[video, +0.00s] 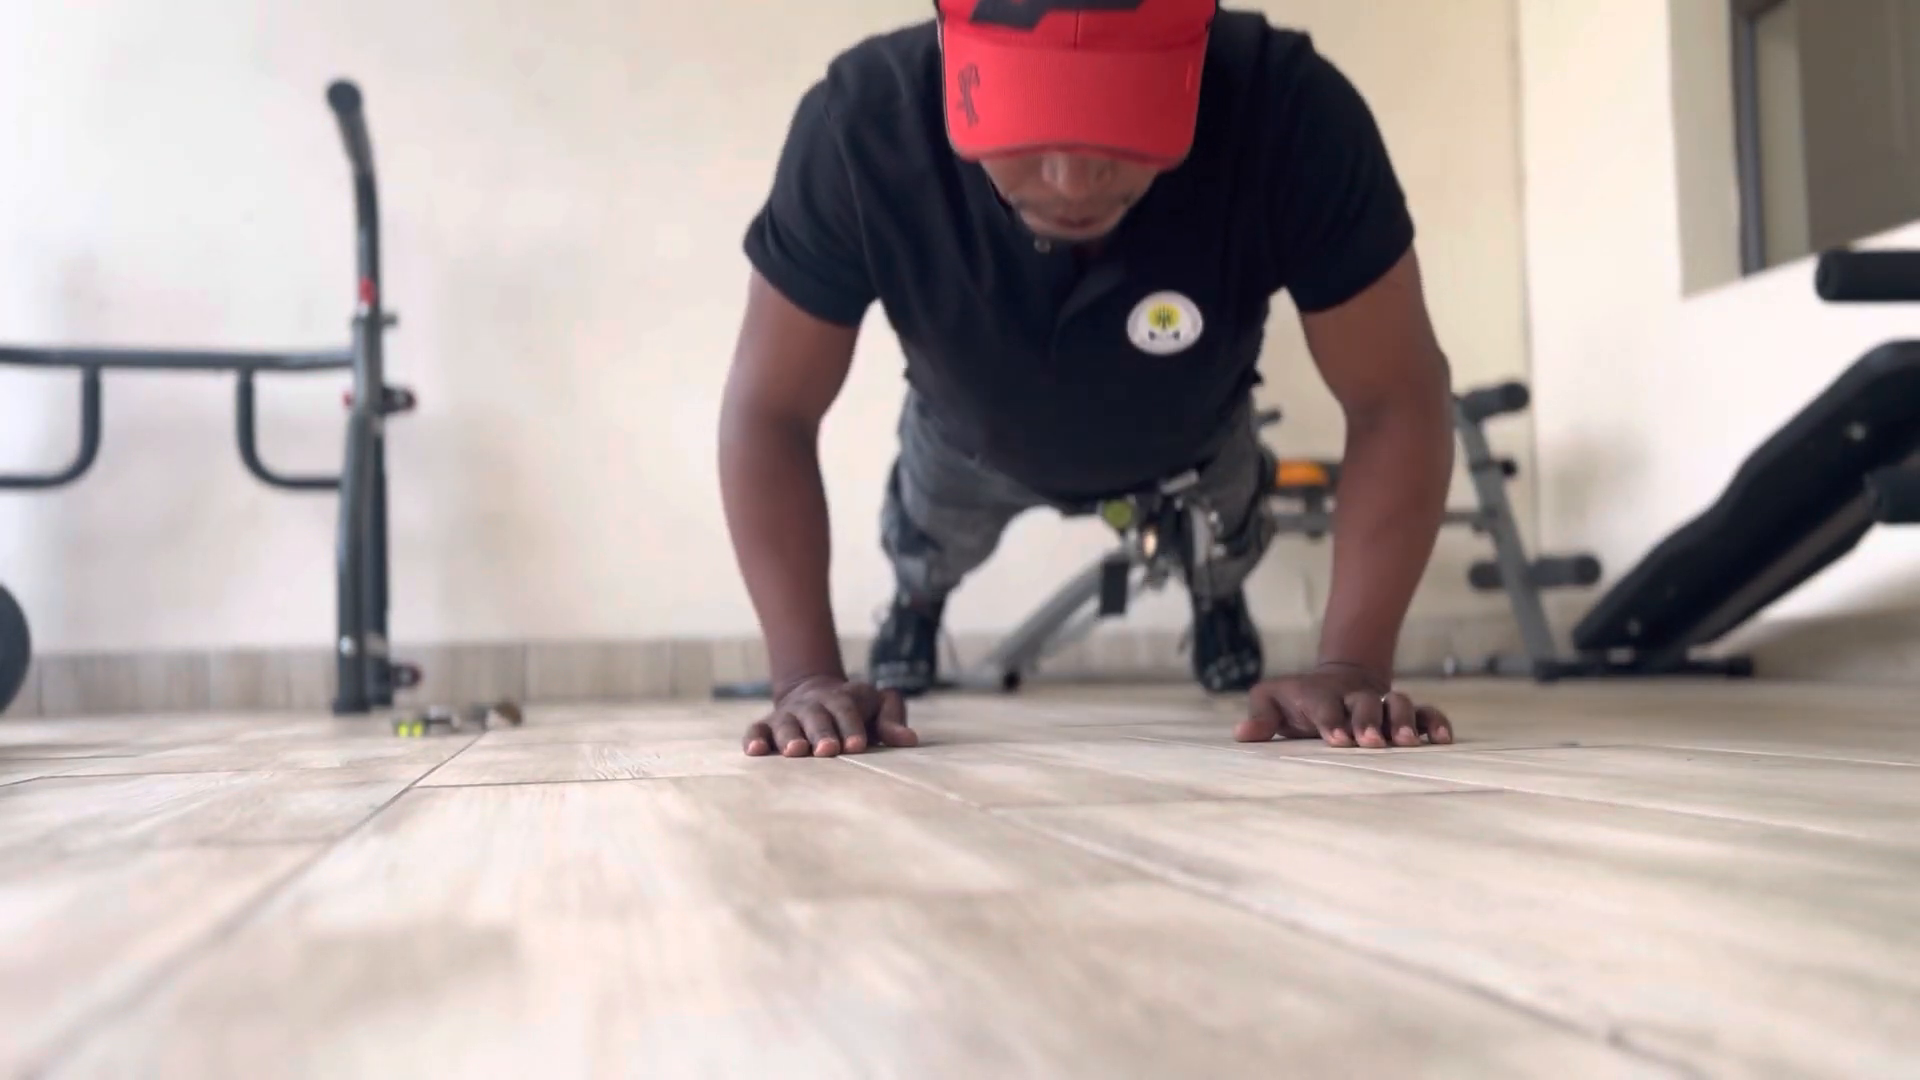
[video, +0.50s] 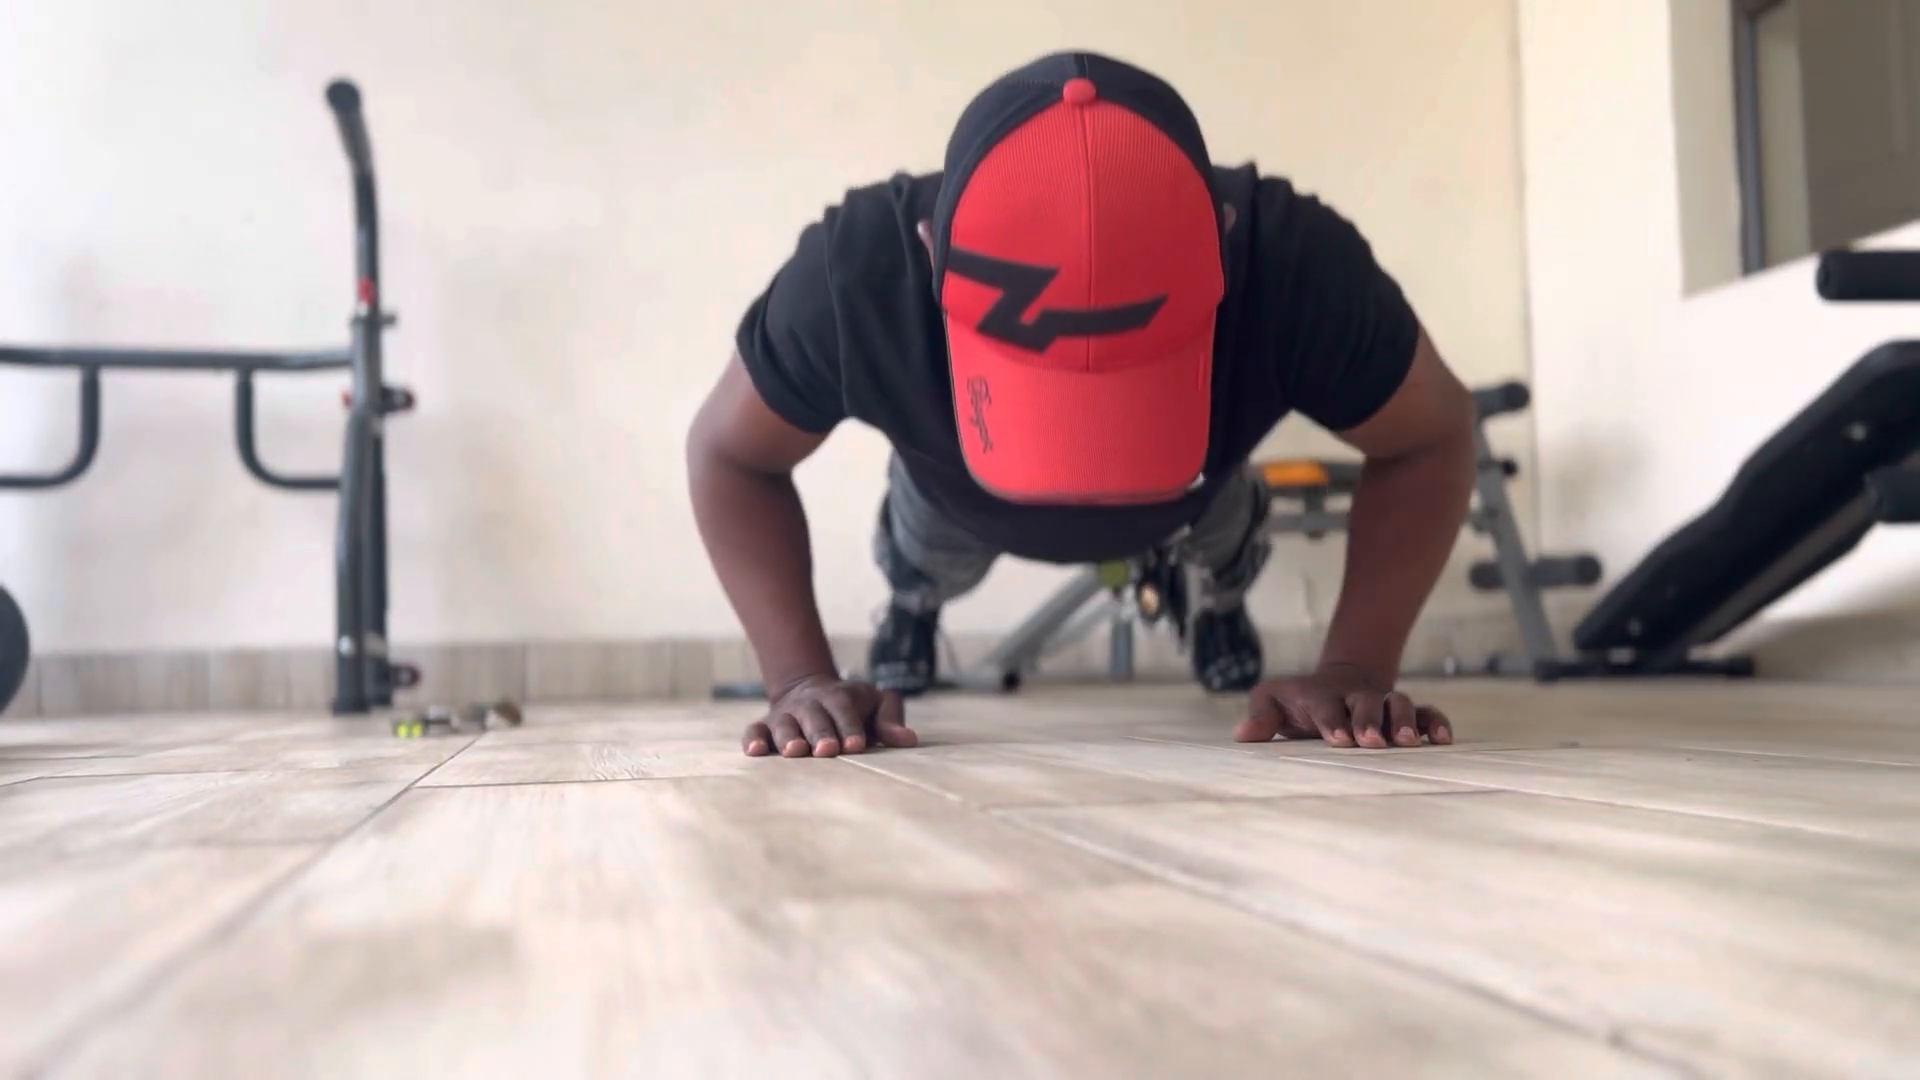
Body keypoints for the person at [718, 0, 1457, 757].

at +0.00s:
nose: (1068, 179)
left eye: (1114, 142)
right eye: (1026, 140)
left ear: (1181, 84)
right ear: (959, 79)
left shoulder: (1289, 115)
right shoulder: (864, 126)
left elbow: (1399, 397)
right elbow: (768, 413)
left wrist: (1350, 668)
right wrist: (803, 682)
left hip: (1194, 436)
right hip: (974, 443)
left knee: (1222, 535)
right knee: (933, 546)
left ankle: (1220, 608)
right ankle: (918, 617)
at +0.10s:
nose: (1063, 60)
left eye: (1107, 28)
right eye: (1023, 25)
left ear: (1175, 7)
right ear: (954, 2)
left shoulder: (1288, 33)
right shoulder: (863, 41)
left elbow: (1357, 364)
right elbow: (821, 378)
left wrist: (1346, 669)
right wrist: (810, 676)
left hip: (1187, 391)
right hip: (974, 393)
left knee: (1219, 523)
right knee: (933, 527)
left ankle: (1220, 605)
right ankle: (918, 611)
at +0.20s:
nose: (1066, 67)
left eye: (1112, 40)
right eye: (1021, 38)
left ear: (1182, 7)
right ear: (956, 8)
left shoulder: (1288, 29)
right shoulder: (859, 40)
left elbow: (1356, 364)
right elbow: (815, 379)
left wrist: (1347, 667)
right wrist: (809, 678)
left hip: (1185, 390)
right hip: (972, 393)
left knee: (1219, 521)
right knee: (932, 529)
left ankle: (1220, 605)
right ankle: (919, 612)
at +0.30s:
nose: (1076, 146)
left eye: (1117, 114)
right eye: (1033, 116)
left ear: (1183, 44)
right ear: (956, 41)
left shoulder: (1281, 56)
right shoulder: (862, 66)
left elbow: (1378, 382)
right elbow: (790, 393)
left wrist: (1347, 668)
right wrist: (804, 678)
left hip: (1184, 404)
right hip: (971, 407)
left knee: (1218, 532)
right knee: (930, 535)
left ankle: (1219, 607)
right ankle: (919, 615)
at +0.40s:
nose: (1072, 344)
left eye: (1120, 304)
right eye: (1038, 300)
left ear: (1208, 170)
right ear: (952, 169)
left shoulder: (1291, 166)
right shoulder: (862, 179)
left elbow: (1415, 411)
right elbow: (751, 431)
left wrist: (1354, 670)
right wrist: (801, 682)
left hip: (1189, 447)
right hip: (965, 457)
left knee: (1220, 535)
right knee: (930, 552)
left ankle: (1219, 607)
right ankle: (917, 619)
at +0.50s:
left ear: (1213, 284)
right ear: (947, 285)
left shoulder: (1297, 268)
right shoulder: (858, 278)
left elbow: (1432, 436)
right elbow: (729, 456)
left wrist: (1356, 670)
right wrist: (797, 682)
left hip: (1193, 483)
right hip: (961, 492)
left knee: (1219, 544)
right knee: (926, 566)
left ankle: (1214, 595)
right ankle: (916, 609)